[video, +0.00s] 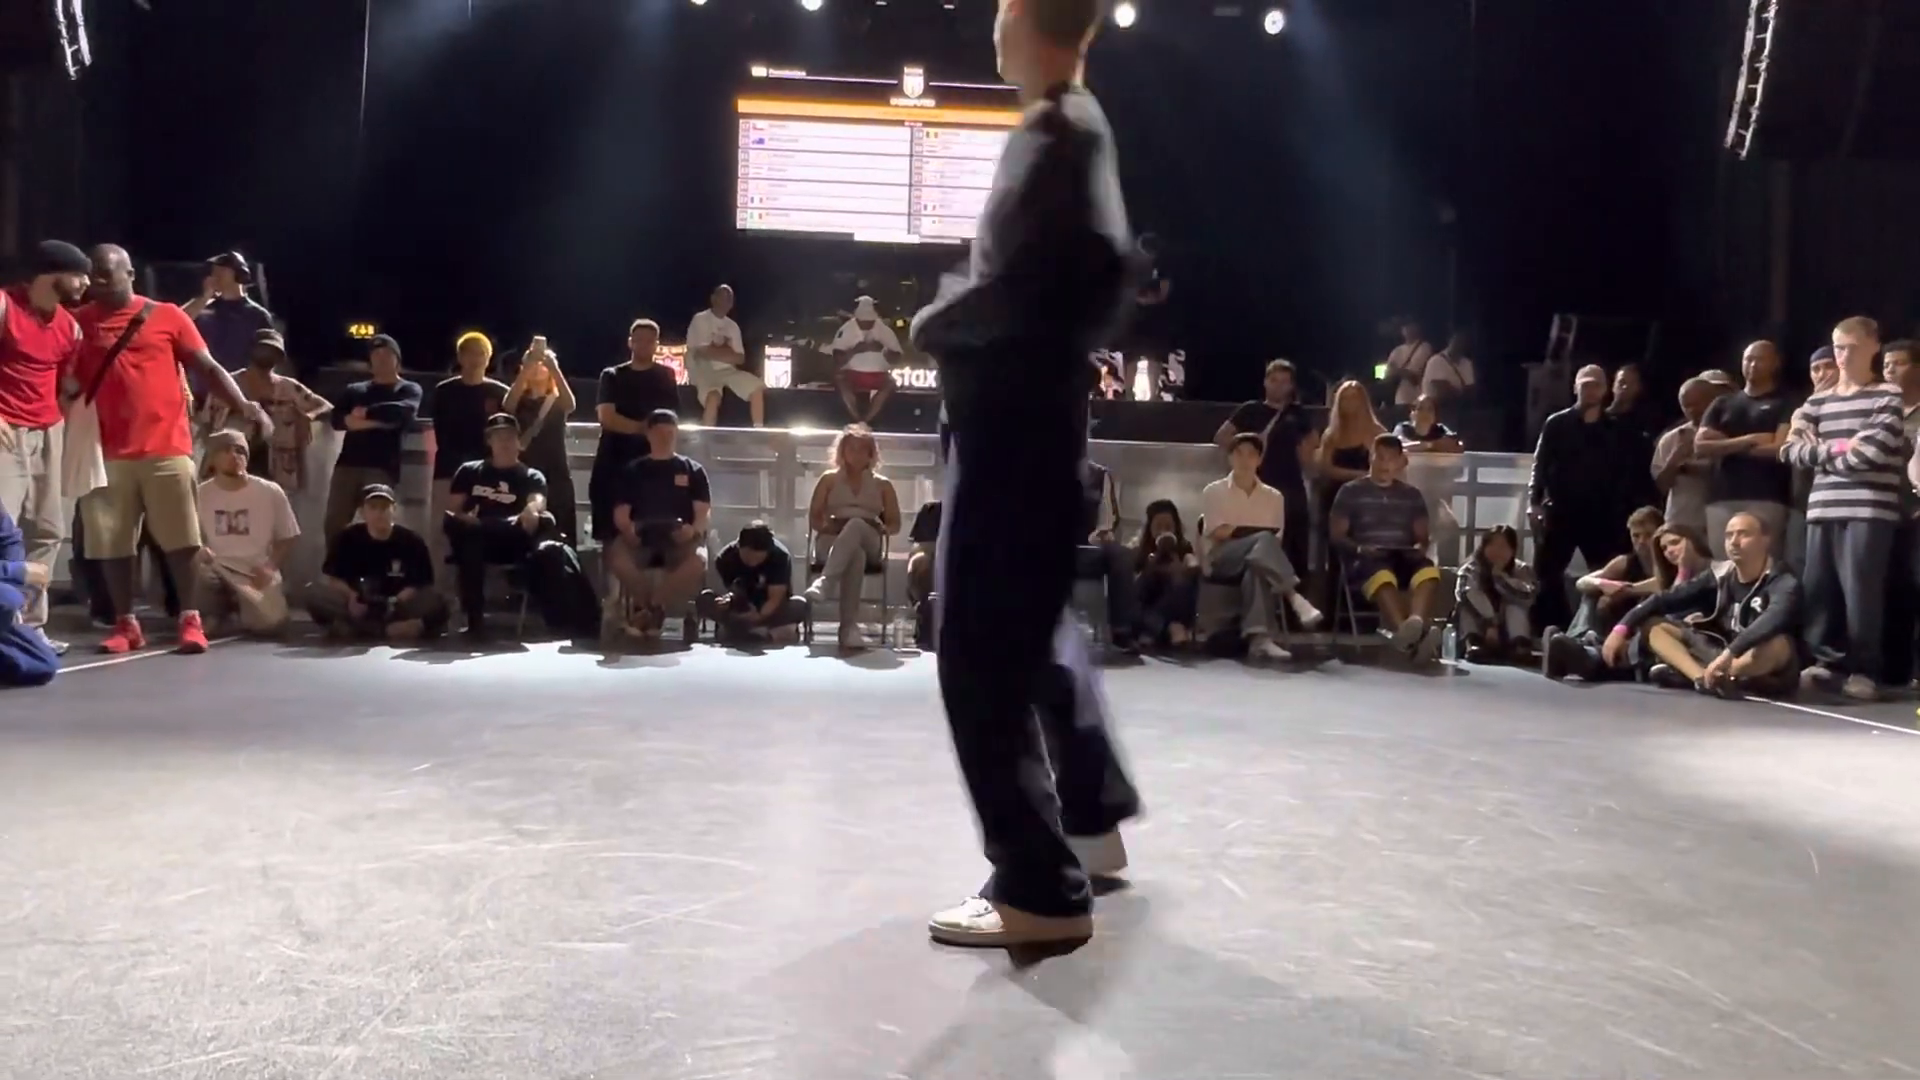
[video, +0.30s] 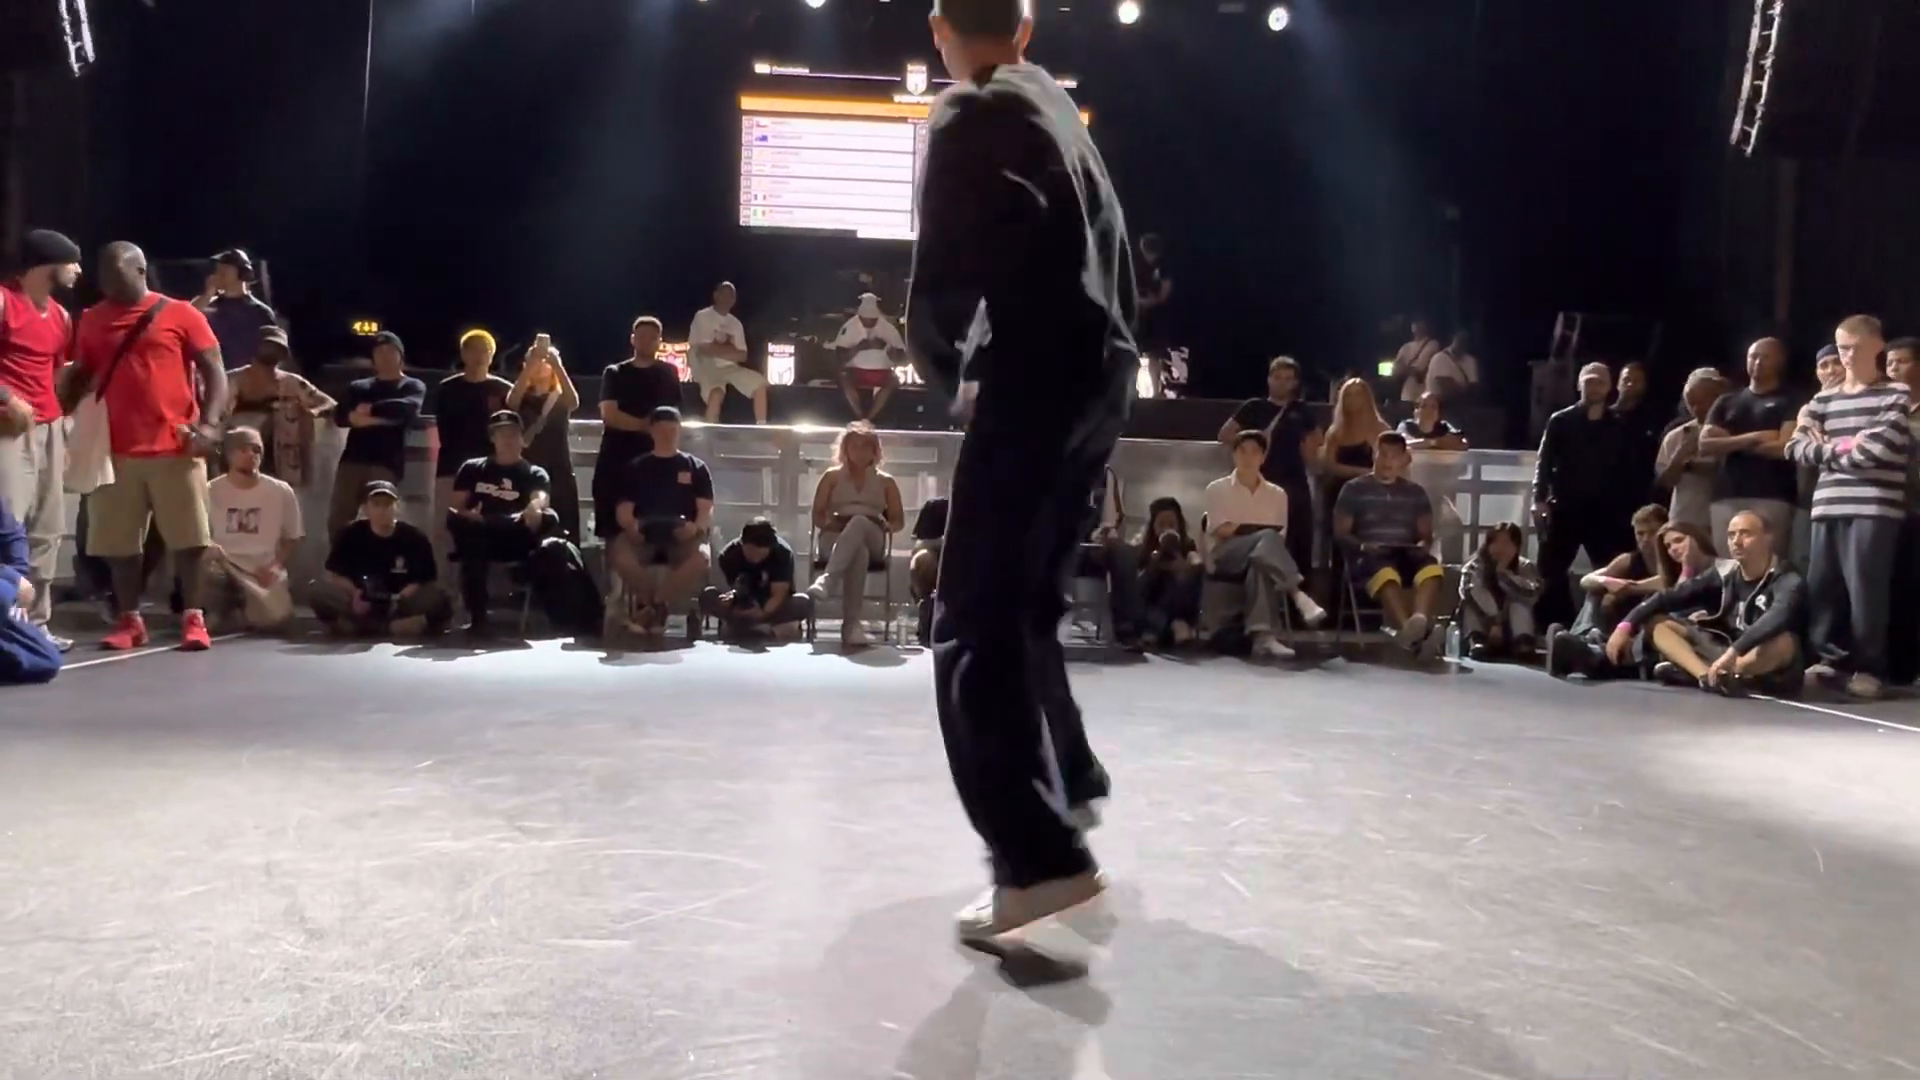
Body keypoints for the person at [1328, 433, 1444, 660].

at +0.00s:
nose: (1384, 464)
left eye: (1390, 458)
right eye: (1379, 457)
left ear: (1401, 463)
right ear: (1371, 459)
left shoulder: (1412, 495)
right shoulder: (1350, 492)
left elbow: (1422, 537)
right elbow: (1337, 535)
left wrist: (1418, 549)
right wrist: (1361, 549)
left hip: (1403, 553)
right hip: (1370, 551)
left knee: (1428, 572)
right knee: (1383, 578)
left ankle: (1414, 630)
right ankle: (1410, 641)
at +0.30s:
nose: (1387, 461)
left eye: (1394, 456)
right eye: (1382, 455)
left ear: (1406, 460)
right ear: (1375, 456)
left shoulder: (1416, 492)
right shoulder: (1354, 489)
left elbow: (1425, 534)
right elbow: (1341, 532)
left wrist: (1421, 546)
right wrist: (1364, 546)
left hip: (1407, 549)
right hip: (1374, 547)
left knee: (1431, 569)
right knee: (1386, 576)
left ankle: (1418, 628)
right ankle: (1411, 636)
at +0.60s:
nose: (1391, 463)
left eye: (1397, 457)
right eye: (1387, 456)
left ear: (1409, 462)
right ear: (1379, 457)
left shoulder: (1420, 494)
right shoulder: (1358, 490)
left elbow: (1430, 536)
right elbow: (1344, 533)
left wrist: (1426, 548)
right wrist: (1368, 548)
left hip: (1411, 551)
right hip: (1377, 549)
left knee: (1436, 572)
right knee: (1390, 579)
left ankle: (1420, 630)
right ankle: (1417, 639)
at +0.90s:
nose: (1395, 460)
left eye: (1401, 455)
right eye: (1390, 454)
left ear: (1412, 460)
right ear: (1382, 456)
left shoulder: (1423, 492)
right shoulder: (1361, 489)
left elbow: (1433, 535)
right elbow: (1347, 532)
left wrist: (1429, 546)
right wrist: (1372, 546)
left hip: (1414, 549)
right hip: (1381, 547)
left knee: (1439, 570)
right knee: (1394, 577)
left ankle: (1424, 627)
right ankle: (1420, 638)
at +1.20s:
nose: (1398, 458)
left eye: (1405, 453)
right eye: (1394, 452)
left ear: (1417, 458)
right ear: (1386, 454)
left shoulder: (1428, 490)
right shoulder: (1366, 487)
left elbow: (1437, 533)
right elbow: (1352, 530)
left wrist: (1433, 544)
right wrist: (1375, 544)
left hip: (1418, 547)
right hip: (1385, 545)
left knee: (1444, 569)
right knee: (1399, 575)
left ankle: (1429, 625)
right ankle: (1421, 635)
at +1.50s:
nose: (1402, 456)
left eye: (1409, 451)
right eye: (1398, 450)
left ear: (1421, 456)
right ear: (1390, 452)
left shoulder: (1432, 488)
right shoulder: (1369, 484)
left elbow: (1441, 531)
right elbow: (1355, 528)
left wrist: (1437, 543)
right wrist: (1379, 542)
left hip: (1422, 546)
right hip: (1389, 544)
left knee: (1448, 567)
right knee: (1402, 573)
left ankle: (1433, 622)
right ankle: (1425, 632)